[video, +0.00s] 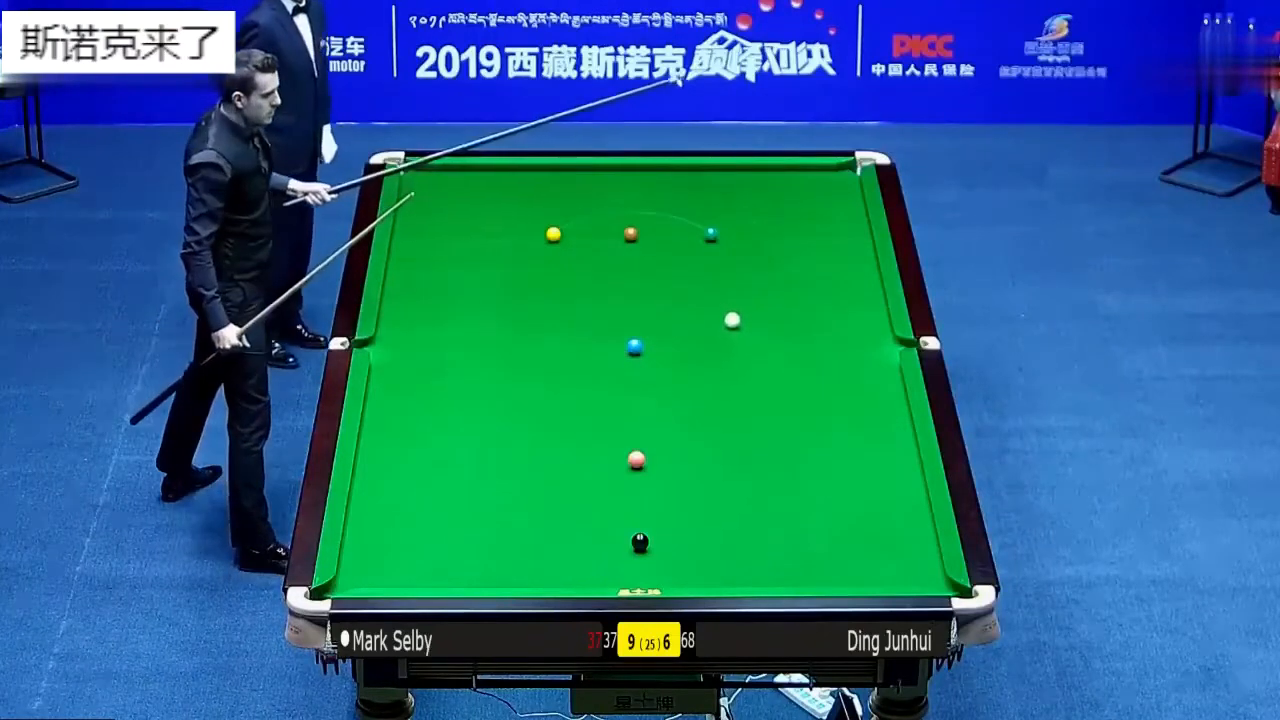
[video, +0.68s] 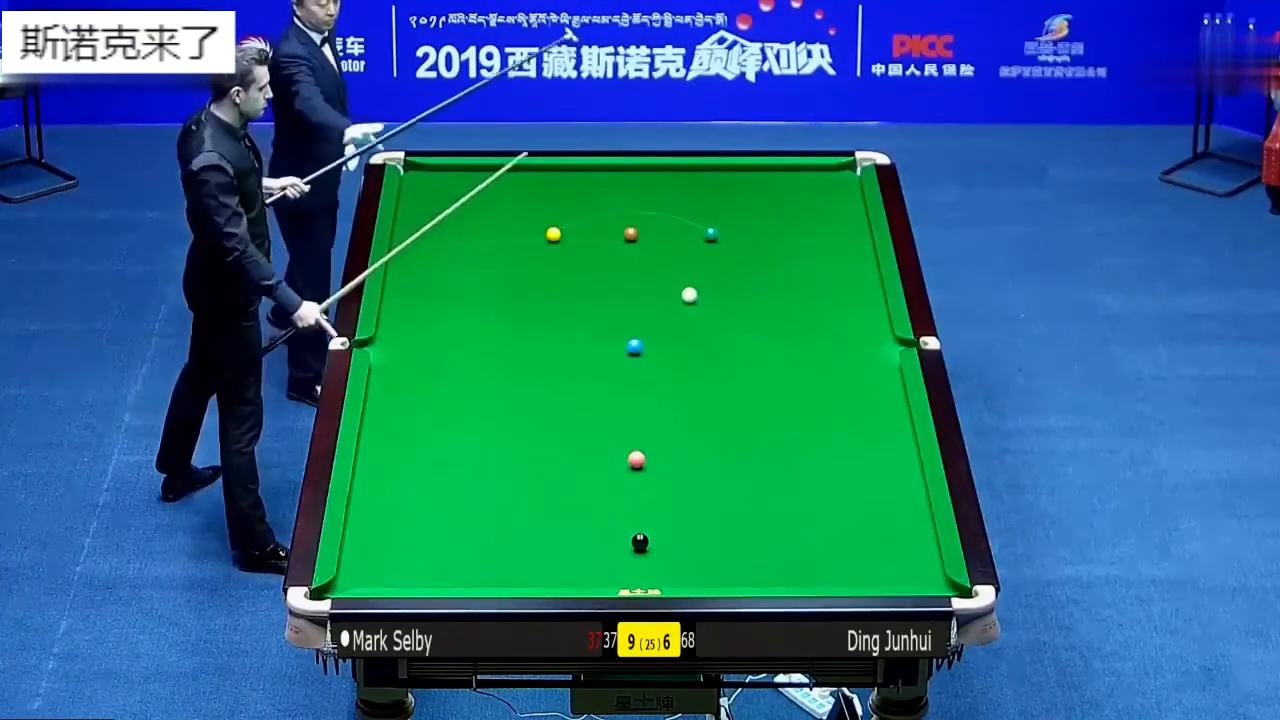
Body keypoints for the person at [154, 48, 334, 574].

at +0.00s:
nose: (276, 103)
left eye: (277, 94)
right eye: (269, 96)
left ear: (250, 94)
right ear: (240, 97)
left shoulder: (240, 123)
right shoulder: (214, 158)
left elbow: (248, 182)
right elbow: (196, 247)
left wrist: (294, 188)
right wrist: (217, 321)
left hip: (238, 286)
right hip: (233, 296)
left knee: (201, 381)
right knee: (251, 422)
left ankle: (176, 473)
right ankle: (254, 545)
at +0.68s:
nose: (268, 95)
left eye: (267, 86)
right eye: (262, 87)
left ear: (236, 88)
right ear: (235, 92)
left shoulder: (222, 121)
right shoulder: (210, 162)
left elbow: (228, 185)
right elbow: (236, 245)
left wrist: (265, 188)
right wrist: (291, 301)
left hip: (219, 284)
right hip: (228, 296)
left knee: (199, 375)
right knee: (242, 422)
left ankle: (176, 470)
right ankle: (253, 545)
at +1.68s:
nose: (267, 97)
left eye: (267, 88)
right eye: (261, 89)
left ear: (230, 89)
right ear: (235, 93)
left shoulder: (203, 120)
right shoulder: (213, 164)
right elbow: (245, 246)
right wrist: (301, 301)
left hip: (208, 281)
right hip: (225, 295)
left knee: (195, 379)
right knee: (239, 425)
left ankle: (175, 472)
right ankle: (253, 546)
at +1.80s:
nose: (267, 100)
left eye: (267, 91)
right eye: (262, 92)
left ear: (229, 89)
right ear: (237, 94)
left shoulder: (202, 121)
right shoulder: (212, 165)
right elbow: (246, 247)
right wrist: (302, 301)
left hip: (206, 281)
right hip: (226, 296)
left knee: (193, 379)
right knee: (240, 425)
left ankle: (175, 472)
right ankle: (253, 546)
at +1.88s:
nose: (266, 100)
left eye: (266, 91)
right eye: (261, 92)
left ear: (228, 90)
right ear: (236, 95)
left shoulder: (201, 122)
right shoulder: (212, 165)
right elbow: (245, 246)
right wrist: (301, 301)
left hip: (206, 282)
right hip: (226, 297)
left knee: (192, 379)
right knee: (239, 425)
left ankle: (175, 473)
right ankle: (253, 546)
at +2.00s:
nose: (267, 102)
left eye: (267, 93)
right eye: (262, 94)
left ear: (229, 92)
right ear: (235, 96)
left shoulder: (200, 121)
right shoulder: (212, 166)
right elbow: (245, 247)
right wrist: (300, 302)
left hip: (206, 284)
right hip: (226, 299)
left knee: (192, 379)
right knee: (239, 426)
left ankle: (175, 472)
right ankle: (253, 546)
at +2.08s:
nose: (267, 103)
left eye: (267, 94)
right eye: (262, 95)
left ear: (228, 93)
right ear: (237, 98)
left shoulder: (200, 122)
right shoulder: (211, 169)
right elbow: (245, 248)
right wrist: (301, 301)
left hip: (206, 284)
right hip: (226, 298)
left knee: (192, 379)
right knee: (239, 426)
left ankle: (175, 472)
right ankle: (253, 546)